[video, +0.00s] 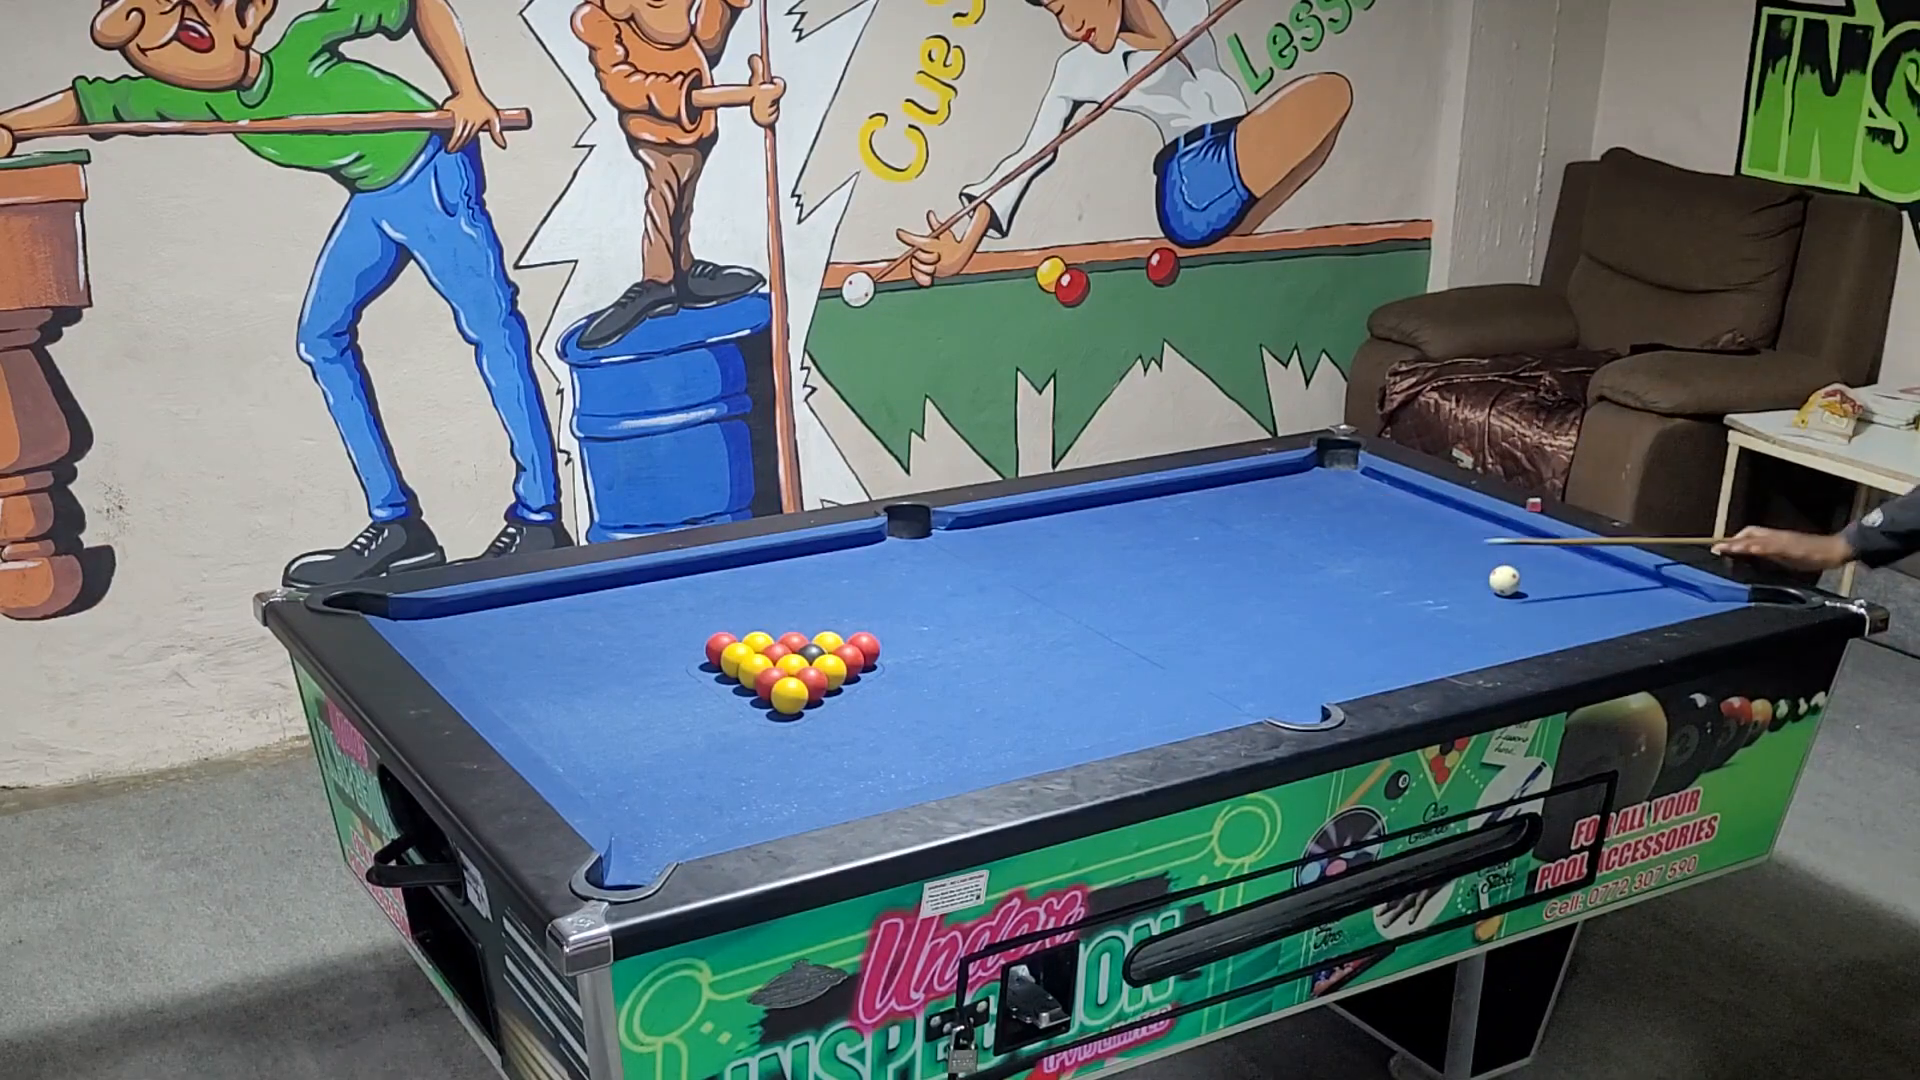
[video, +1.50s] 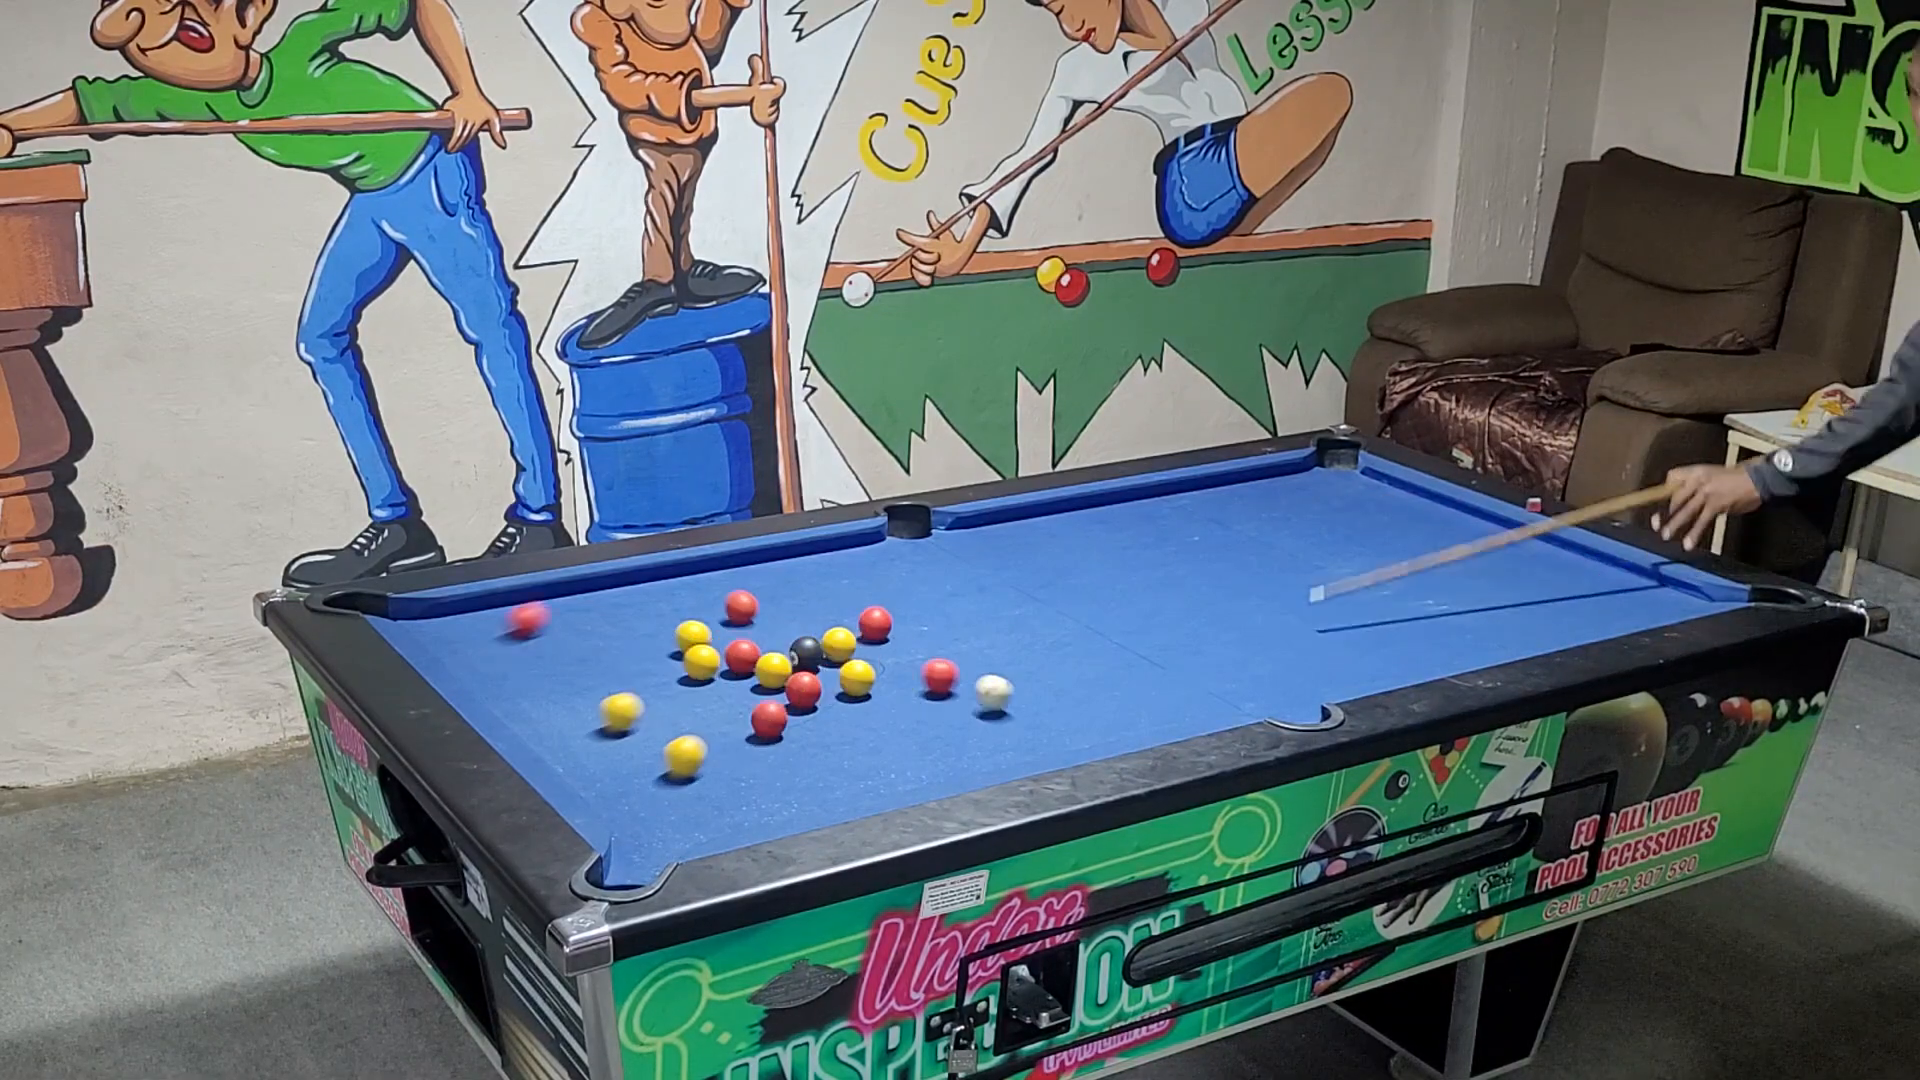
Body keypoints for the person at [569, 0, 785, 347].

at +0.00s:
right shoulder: (597, 19)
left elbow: (707, 47)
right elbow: (625, 88)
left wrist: (731, 5)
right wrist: (746, 95)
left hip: (695, 96)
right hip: (645, 104)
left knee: (687, 175)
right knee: (665, 175)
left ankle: (682, 269)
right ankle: (657, 281)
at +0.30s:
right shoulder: (597, 19)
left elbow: (707, 46)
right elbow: (625, 88)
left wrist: (731, 5)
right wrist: (746, 95)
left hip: (694, 89)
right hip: (645, 103)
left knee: (688, 174)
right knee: (666, 174)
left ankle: (682, 268)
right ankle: (657, 280)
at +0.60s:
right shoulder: (597, 19)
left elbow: (707, 47)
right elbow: (625, 88)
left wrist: (731, 5)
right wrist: (746, 95)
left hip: (694, 87)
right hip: (645, 103)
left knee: (687, 174)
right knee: (666, 175)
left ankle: (682, 269)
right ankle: (657, 281)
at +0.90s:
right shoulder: (597, 19)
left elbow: (707, 46)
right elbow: (625, 88)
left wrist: (731, 5)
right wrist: (746, 95)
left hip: (694, 88)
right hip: (645, 104)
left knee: (688, 174)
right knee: (666, 175)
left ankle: (682, 269)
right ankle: (657, 281)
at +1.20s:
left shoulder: (702, 6)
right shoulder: (597, 19)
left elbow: (708, 47)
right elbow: (625, 88)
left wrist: (731, 5)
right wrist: (746, 95)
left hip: (694, 89)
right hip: (644, 103)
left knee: (688, 174)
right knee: (666, 174)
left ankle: (682, 270)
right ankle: (656, 281)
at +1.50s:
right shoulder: (597, 19)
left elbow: (707, 47)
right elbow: (625, 88)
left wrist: (730, 5)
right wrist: (746, 95)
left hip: (694, 88)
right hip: (645, 103)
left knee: (688, 174)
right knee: (666, 174)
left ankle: (682, 268)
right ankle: (657, 281)